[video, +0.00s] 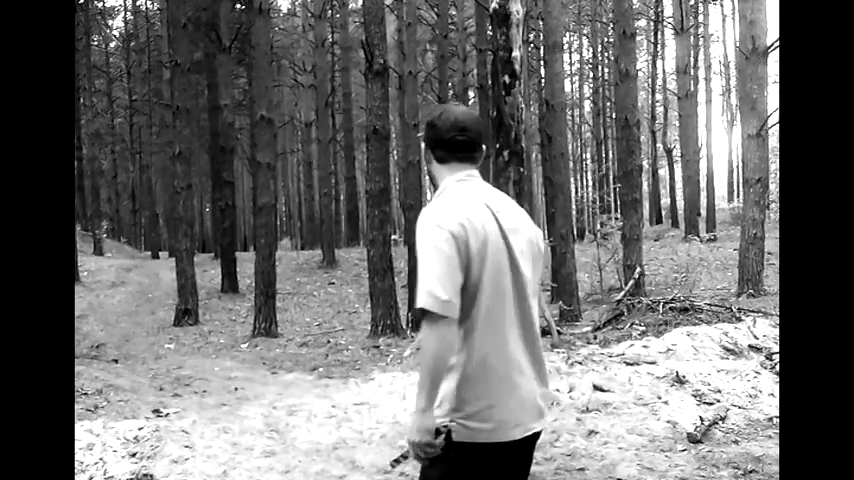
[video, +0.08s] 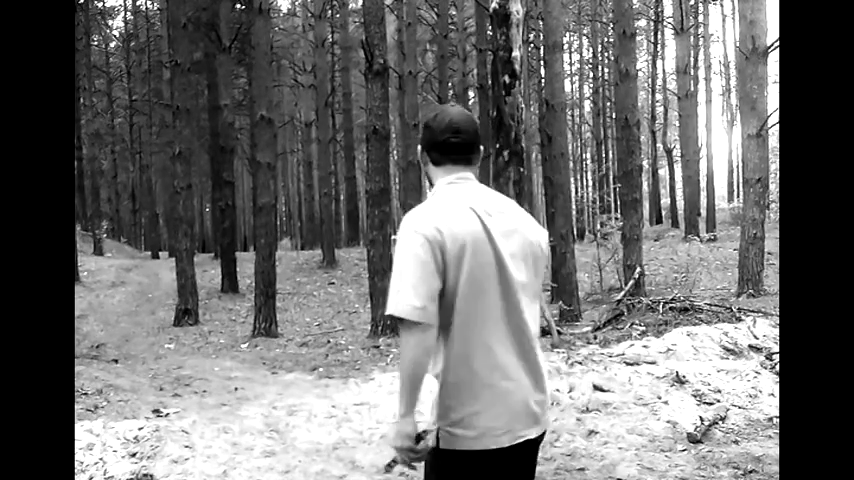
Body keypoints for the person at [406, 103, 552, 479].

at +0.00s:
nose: (424, 156)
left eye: (424, 148)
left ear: (427, 153)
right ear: (483, 153)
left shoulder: (441, 217)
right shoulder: (516, 213)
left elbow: (441, 323)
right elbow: (531, 309)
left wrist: (423, 411)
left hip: (470, 425)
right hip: (524, 418)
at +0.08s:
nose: (419, 157)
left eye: (419, 151)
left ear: (422, 156)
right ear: (481, 155)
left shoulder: (425, 222)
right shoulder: (522, 218)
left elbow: (418, 325)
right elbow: (534, 315)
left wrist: (407, 416)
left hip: (467, 427)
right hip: (528, 420)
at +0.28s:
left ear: (422, 153)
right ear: (479, 150)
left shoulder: (405, 224)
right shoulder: (527, 214)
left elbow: (376, 330)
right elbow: (545, 303)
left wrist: (365, 409)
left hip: (458, 430)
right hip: (535, 421)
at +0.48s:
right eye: (506, 135)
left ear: (442, 145)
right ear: (503, 140)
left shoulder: (415, 220)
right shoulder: (545, 208)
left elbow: (384, 326)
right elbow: (572, 290)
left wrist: (371, 399)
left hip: (456, 430)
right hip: (543, 424)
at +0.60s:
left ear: (465, 143)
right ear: (526, 138)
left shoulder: (435, 222)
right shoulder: (566, 209)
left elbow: (406, 328)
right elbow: (602, 285)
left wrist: (403, 399)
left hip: (472, 444)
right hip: (565, 442)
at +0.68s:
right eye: (539, 133)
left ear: (475, 142)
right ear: (537, 139)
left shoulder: (444, 220)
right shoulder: (575, 208)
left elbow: (418, 328)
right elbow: (614, 282)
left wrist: (422, 398)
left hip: (483, 444)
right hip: (573, 441)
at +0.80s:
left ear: (487, 137)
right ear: (551, 133)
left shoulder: (456, 217)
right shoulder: (586, 205)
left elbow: (435, 325)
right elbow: (635, 281)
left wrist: (456, 392)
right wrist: (626, 223)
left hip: (493, 438)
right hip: (580, 436)